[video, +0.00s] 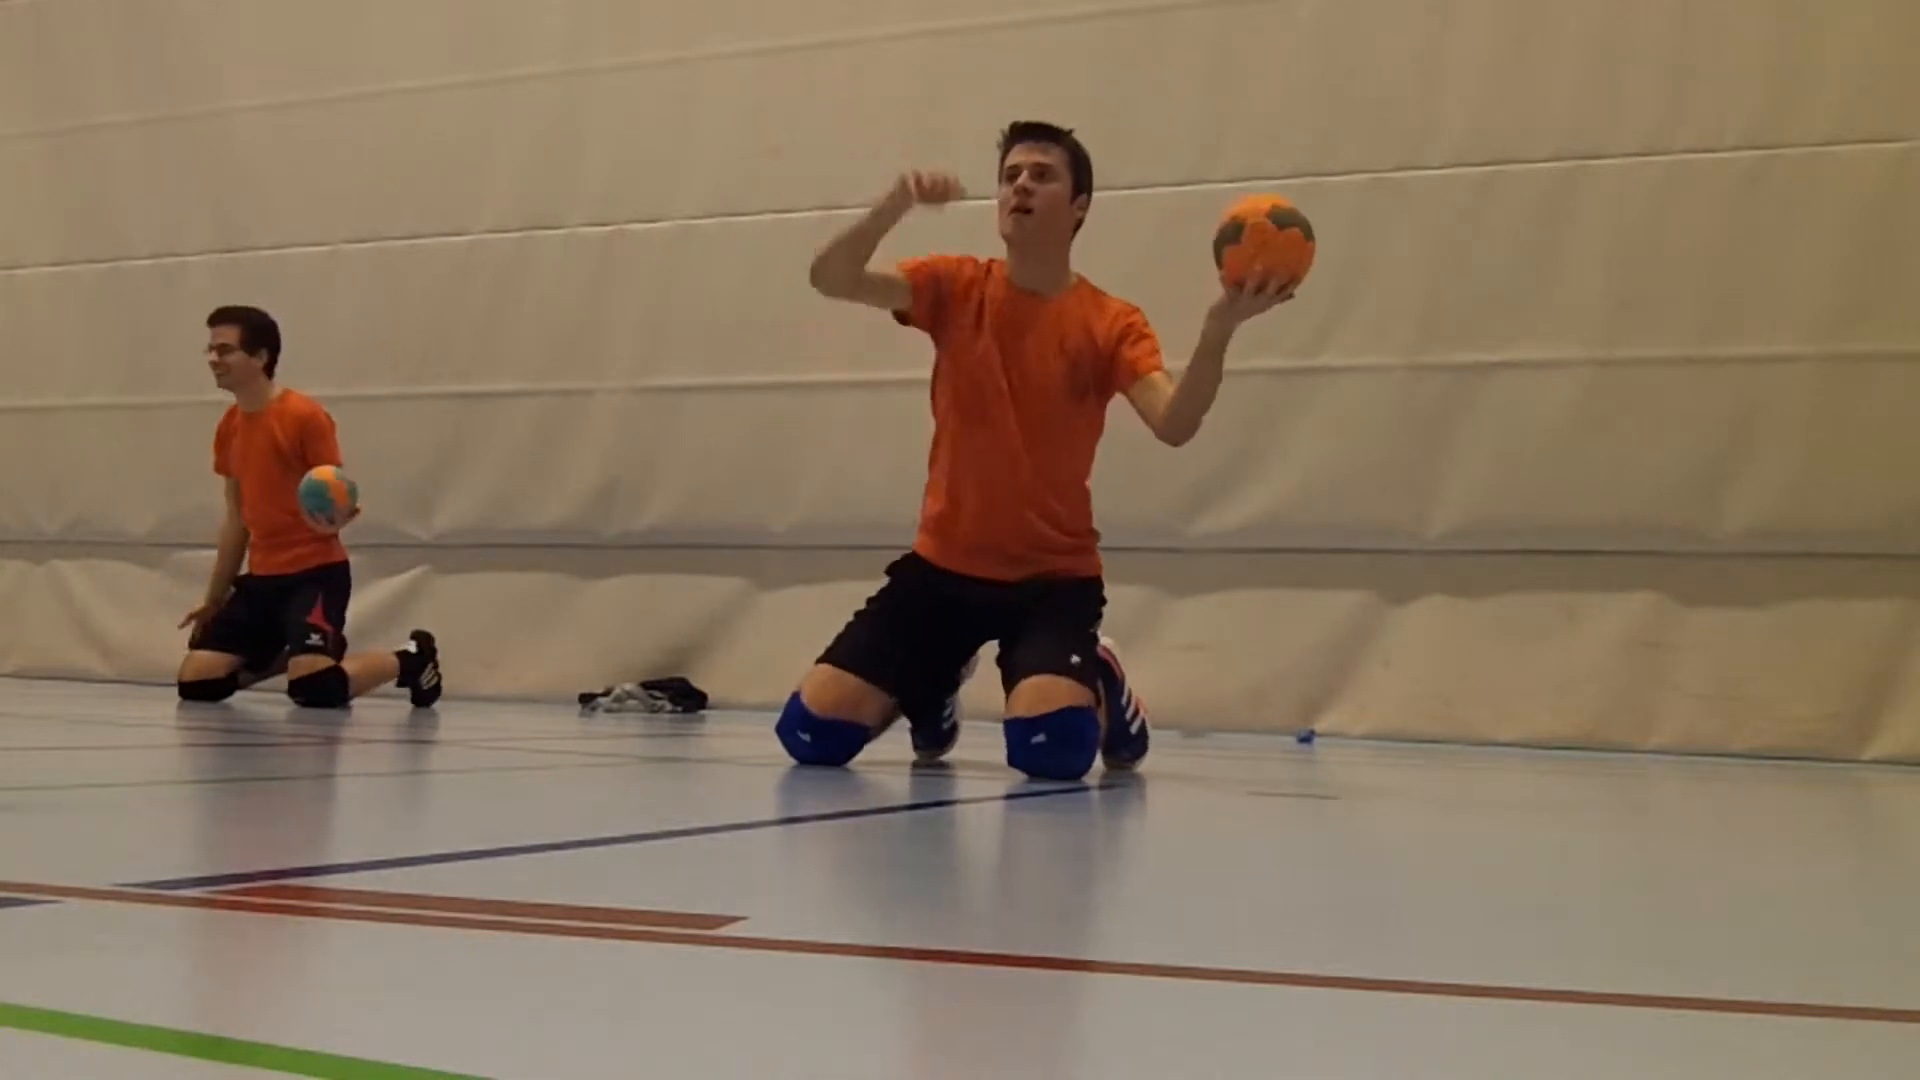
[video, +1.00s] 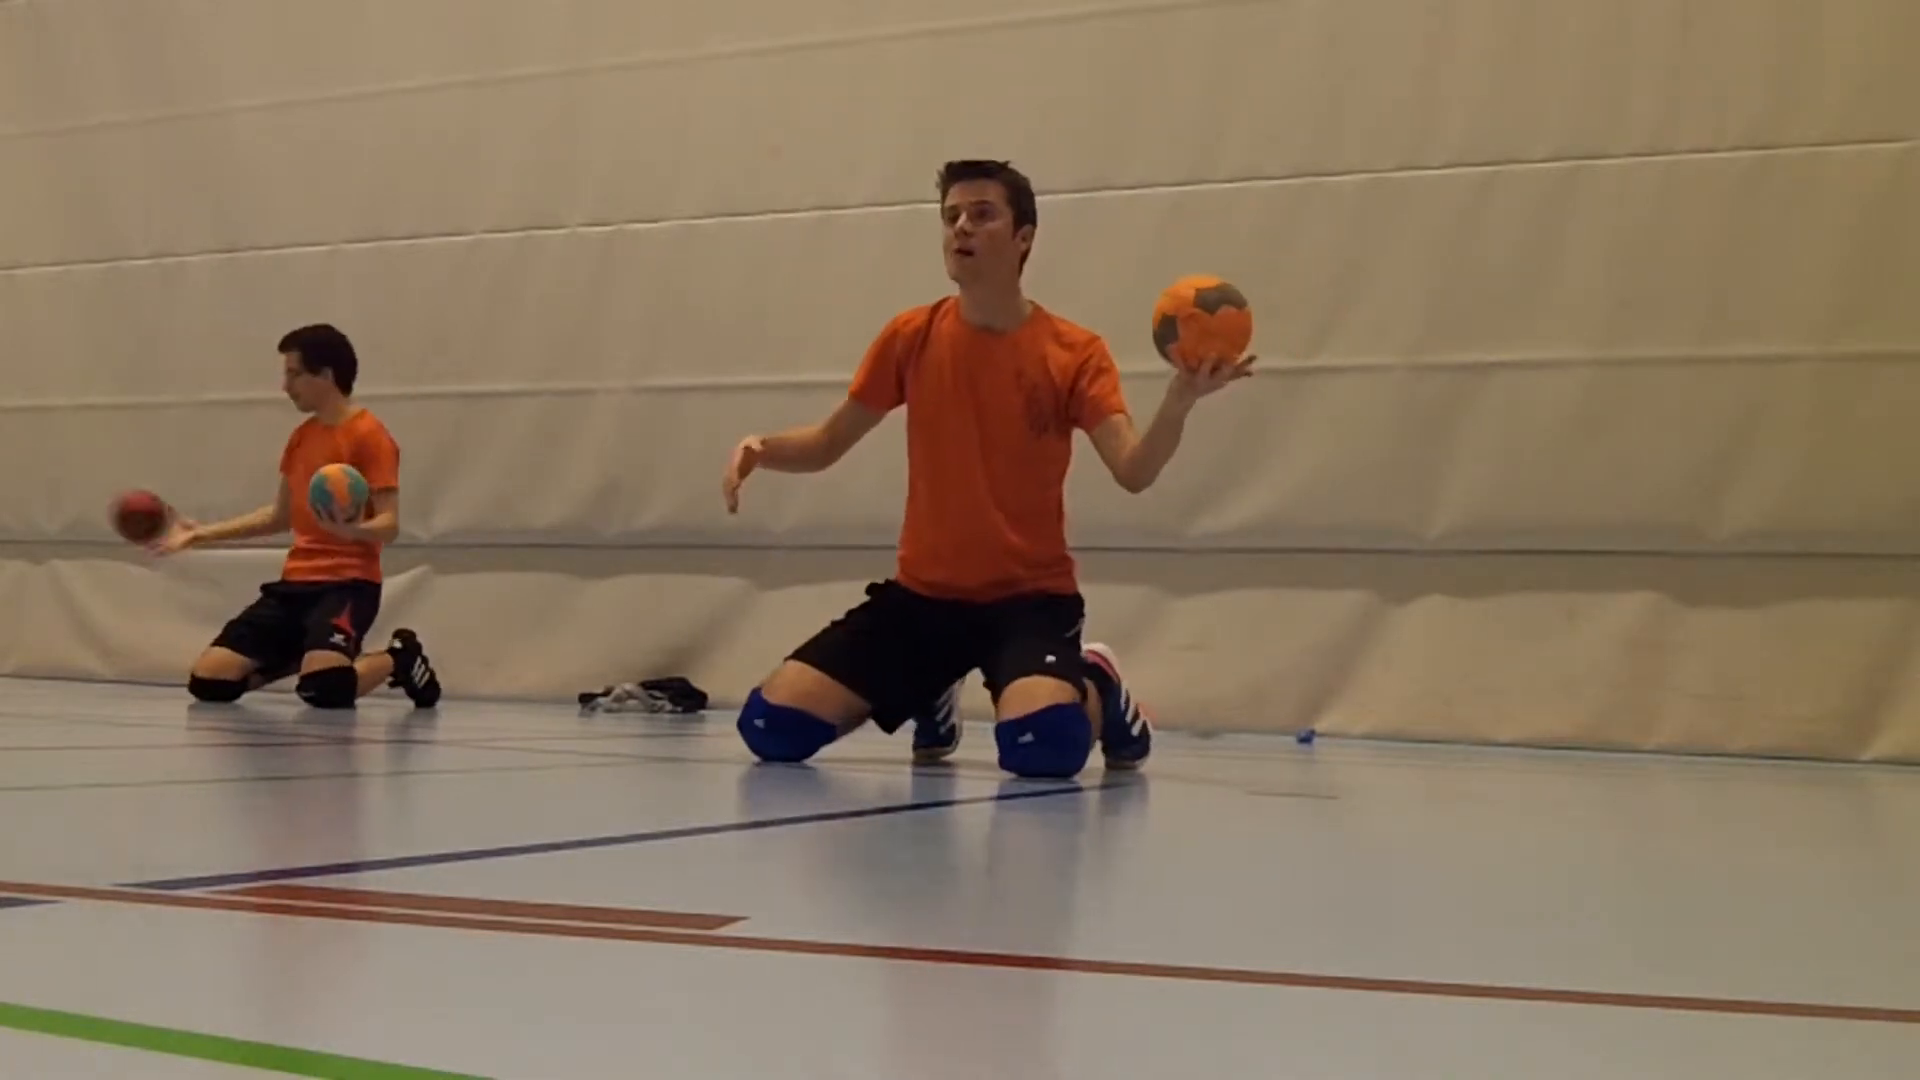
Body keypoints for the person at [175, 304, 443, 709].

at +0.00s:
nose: (213, 359)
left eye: (225, 350)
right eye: (211, 350)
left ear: (261, 357)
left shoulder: (304, 417)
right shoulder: (231, 426)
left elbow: (336, 498)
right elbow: (236, 522)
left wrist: (337, 517)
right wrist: (213, 602)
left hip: (318, 575)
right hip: (262, 579)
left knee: (312, 688)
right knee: (197, 684)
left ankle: (413, 661)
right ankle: (296, 654)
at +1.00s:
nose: (285, 386)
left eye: (293, 374)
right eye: (285, 374)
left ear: (326, 375)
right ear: (317, 377)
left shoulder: (370, 435)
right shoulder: (303, 435)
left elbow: (388, 525)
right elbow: (281, 516)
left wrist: (350, 531)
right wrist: (200, 533)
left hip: (347, 585)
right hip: (294, 583)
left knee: (322, 689)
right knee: (208, 684)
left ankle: (400, 660)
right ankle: (310, 655)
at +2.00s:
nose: (269, 341)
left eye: (282, 332)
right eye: (268, 332)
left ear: (316, 343)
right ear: (270, 340)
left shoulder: (341, 406)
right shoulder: (260, 403)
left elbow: (366, 491)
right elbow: (172, 399)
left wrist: (341, 498)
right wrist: (131, 335)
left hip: (326, 571)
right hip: (270, 572)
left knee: (316, 689)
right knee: (220, 687)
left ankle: (381, 662)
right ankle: (318, 648)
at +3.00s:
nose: (249, 370)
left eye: (260, 359)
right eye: (247, 360)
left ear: (296, 365)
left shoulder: (337, 426)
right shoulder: (263, 436)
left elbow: (378, 495)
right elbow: (262, 530)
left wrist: (422, 510)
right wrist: (221, 598)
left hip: (337, 585)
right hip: (282, 588)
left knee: (311, 688)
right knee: (211, 684)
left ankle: (373, 660)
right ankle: (308, 652)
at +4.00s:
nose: (260, 383)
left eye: (271, 373)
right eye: (259, 376)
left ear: (305, 381)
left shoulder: (342, 438)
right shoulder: (268, 455)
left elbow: (368, 522)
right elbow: (293, 529)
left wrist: (305, 505)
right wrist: (253, 537)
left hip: (344, 596)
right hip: (290, 597)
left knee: (317, 689)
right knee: (194, 683)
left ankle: (392, 662)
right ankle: (296, 659)